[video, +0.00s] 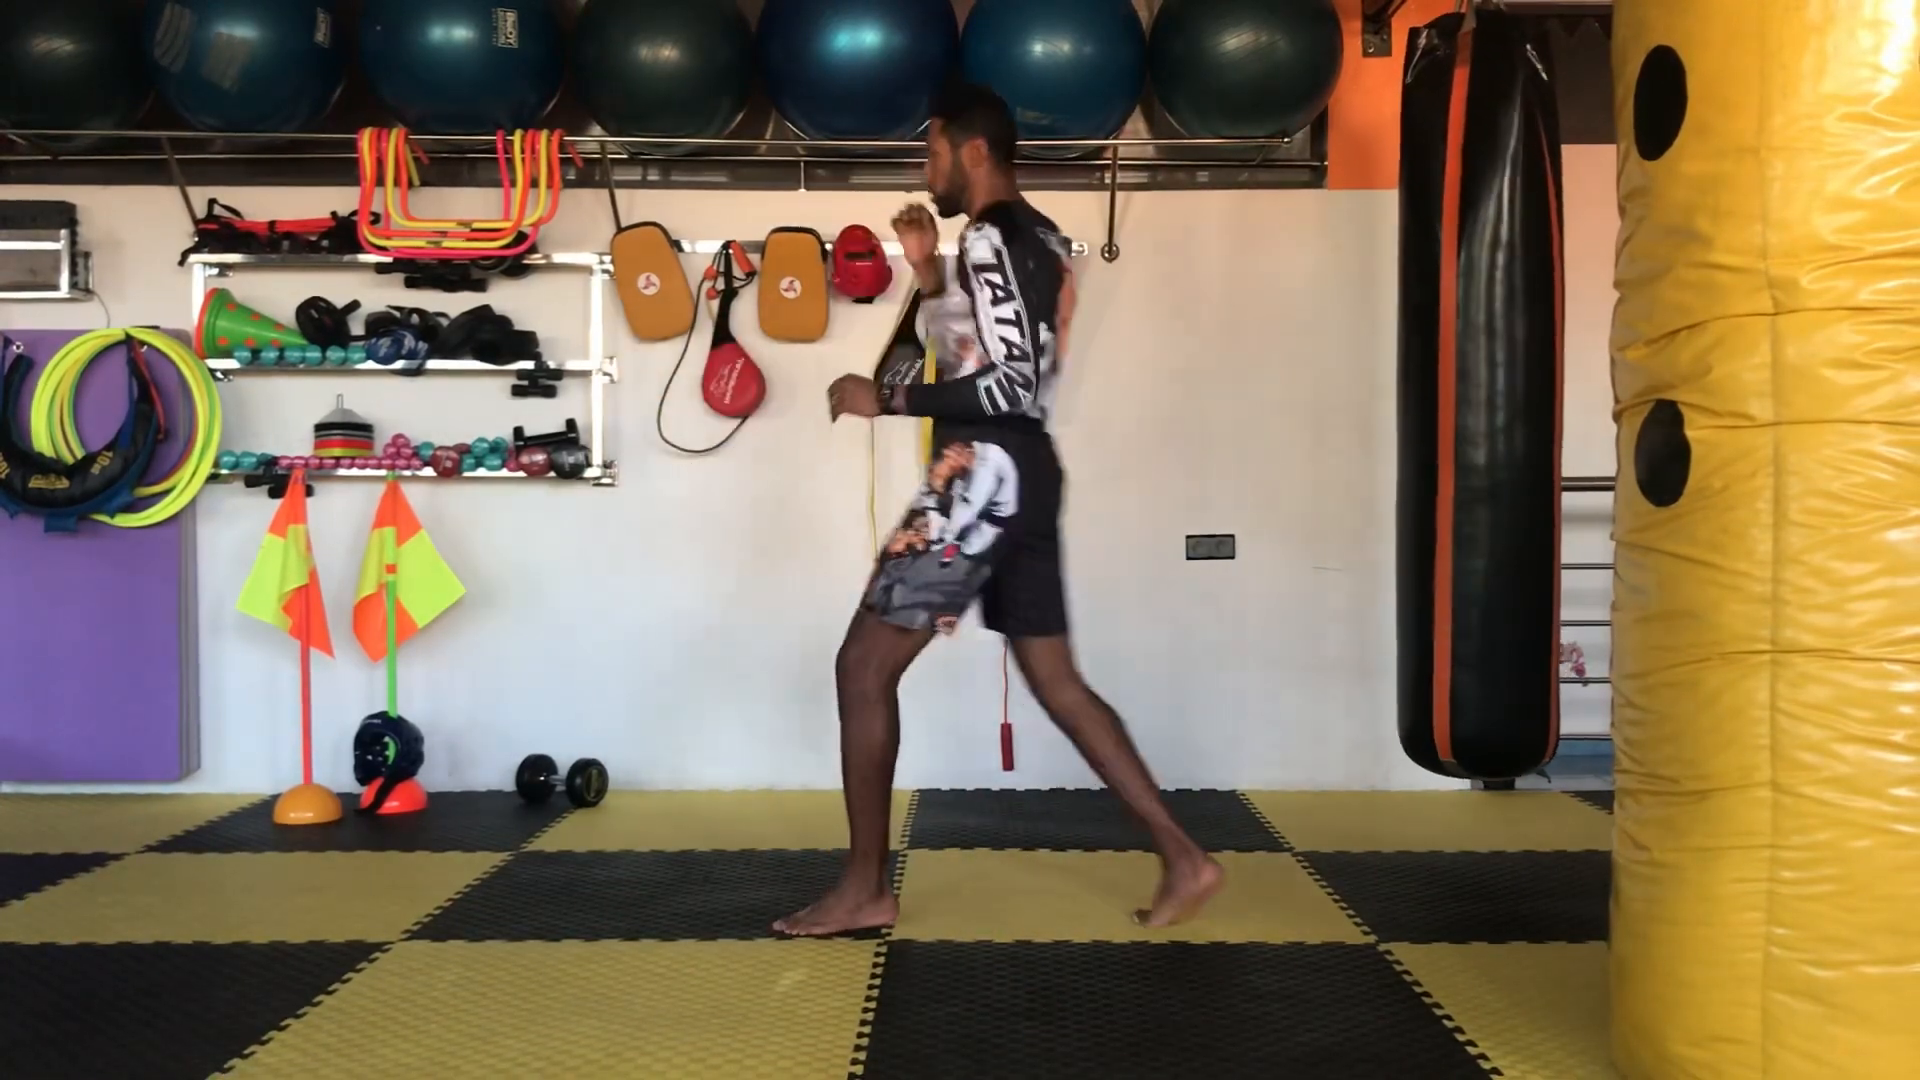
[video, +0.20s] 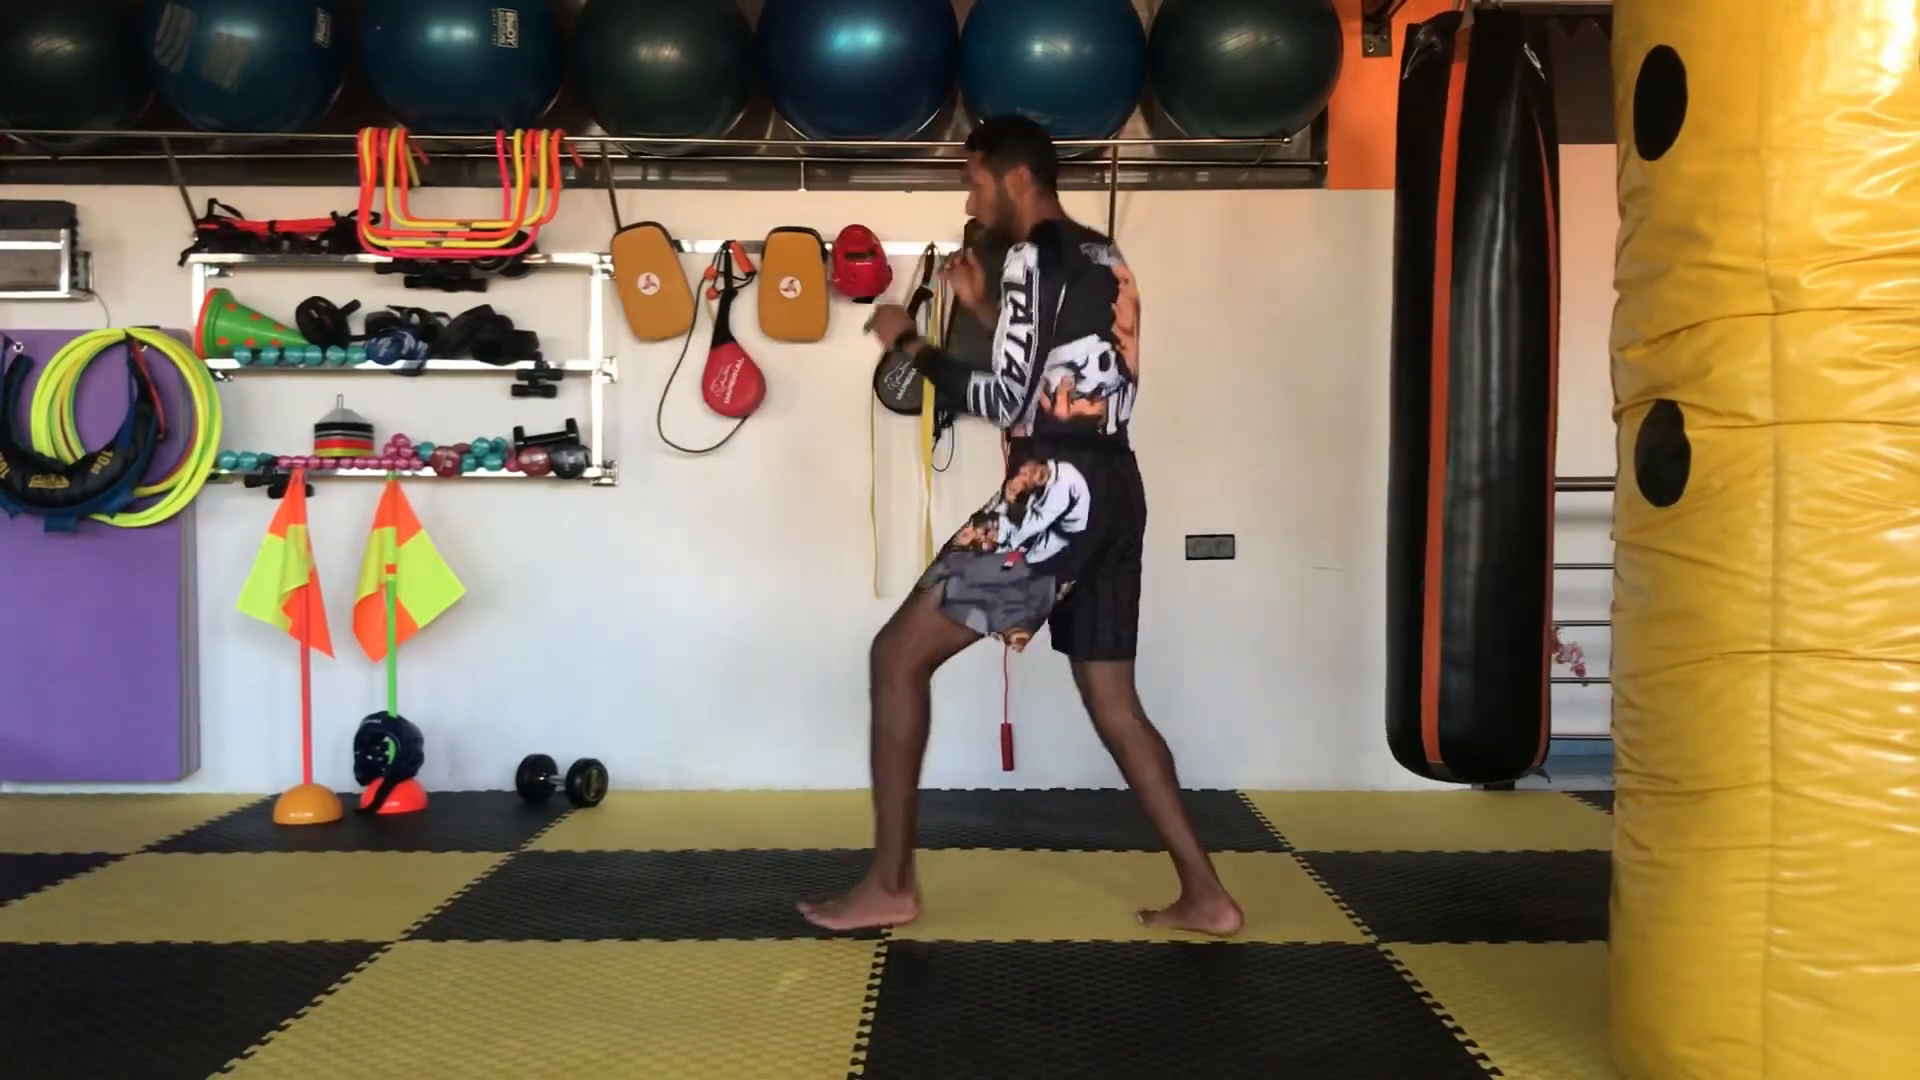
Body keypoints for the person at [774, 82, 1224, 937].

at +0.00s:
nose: (926, 169)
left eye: (932, 152)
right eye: (926, 154)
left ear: (973, 151)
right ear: (993, 154)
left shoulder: (987, 243)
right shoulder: (1032, 236)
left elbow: (1010, 385)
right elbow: (959, 359)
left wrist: (887, 398)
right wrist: (927, 277)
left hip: (983, 468)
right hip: (1022, 467)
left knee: (863, 667)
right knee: (1057, 682)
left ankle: (863, 889)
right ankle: (1184, 860)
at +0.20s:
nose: (972, 199)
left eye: (976, 181)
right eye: (972, 182)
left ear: (1013, 179)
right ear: (1041, 181)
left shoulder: (1036, 259)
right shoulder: (1097, 255)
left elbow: (1010, 398)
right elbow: (1055, 376)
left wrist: (911, 350)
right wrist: (986, 308)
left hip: (1055, 496)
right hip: (1113, 496)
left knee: (897, 657)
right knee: (1113, 702)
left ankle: (889, 882)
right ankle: (1205, 894)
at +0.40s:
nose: (982, 170)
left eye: (985, 153)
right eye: (979, 155)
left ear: (1028, 143)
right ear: (1051, 142)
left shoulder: (1039, 216)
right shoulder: (1116, 219)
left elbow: (981, 352)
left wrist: (927, 270)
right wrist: (992, 245)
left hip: (1050, 459)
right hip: (1113, 457)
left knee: (940, 656)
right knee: (1134, 677)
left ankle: (953, 888)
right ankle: (1202, 879)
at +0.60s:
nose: (957, 190)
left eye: (959, 171)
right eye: (953, 173)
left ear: (1001, 161)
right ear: (1022, 160)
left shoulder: (1009, 236)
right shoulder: (1099, 236)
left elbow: (976, 379)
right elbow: (1068, 365)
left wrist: (909, 313)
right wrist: (976, 282)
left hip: (1031, 476)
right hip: (1098, 474)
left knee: (941, 683)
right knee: (1116, 687)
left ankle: (957, 907)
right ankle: (1204, 882)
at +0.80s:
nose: (958, 182)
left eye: (958, 167)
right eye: (954, 168)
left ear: (996, 152)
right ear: (1022, 149)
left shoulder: (1001, 217)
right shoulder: (1091, 225)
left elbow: (933, 337)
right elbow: (1038, 331)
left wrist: (885, 268)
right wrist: (973, 249)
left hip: (1026, 459)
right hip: (1091, 456)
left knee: (954, 680)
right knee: (1080, 667)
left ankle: (958, 906)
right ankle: (1191, 847)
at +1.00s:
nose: (977, 197)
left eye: (979, 180)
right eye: (973, 183)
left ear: (1020, 167)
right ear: (1031, 167)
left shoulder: (1050, 242)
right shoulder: (1085, 242)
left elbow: (1034, 379)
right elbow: (1023, 364)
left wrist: (953, 318)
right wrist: (964, 303)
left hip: (1058, 473)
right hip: (1098, 471)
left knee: (940, 669)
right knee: (1079, 687)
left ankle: (954, 899)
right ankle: (1205, 863)